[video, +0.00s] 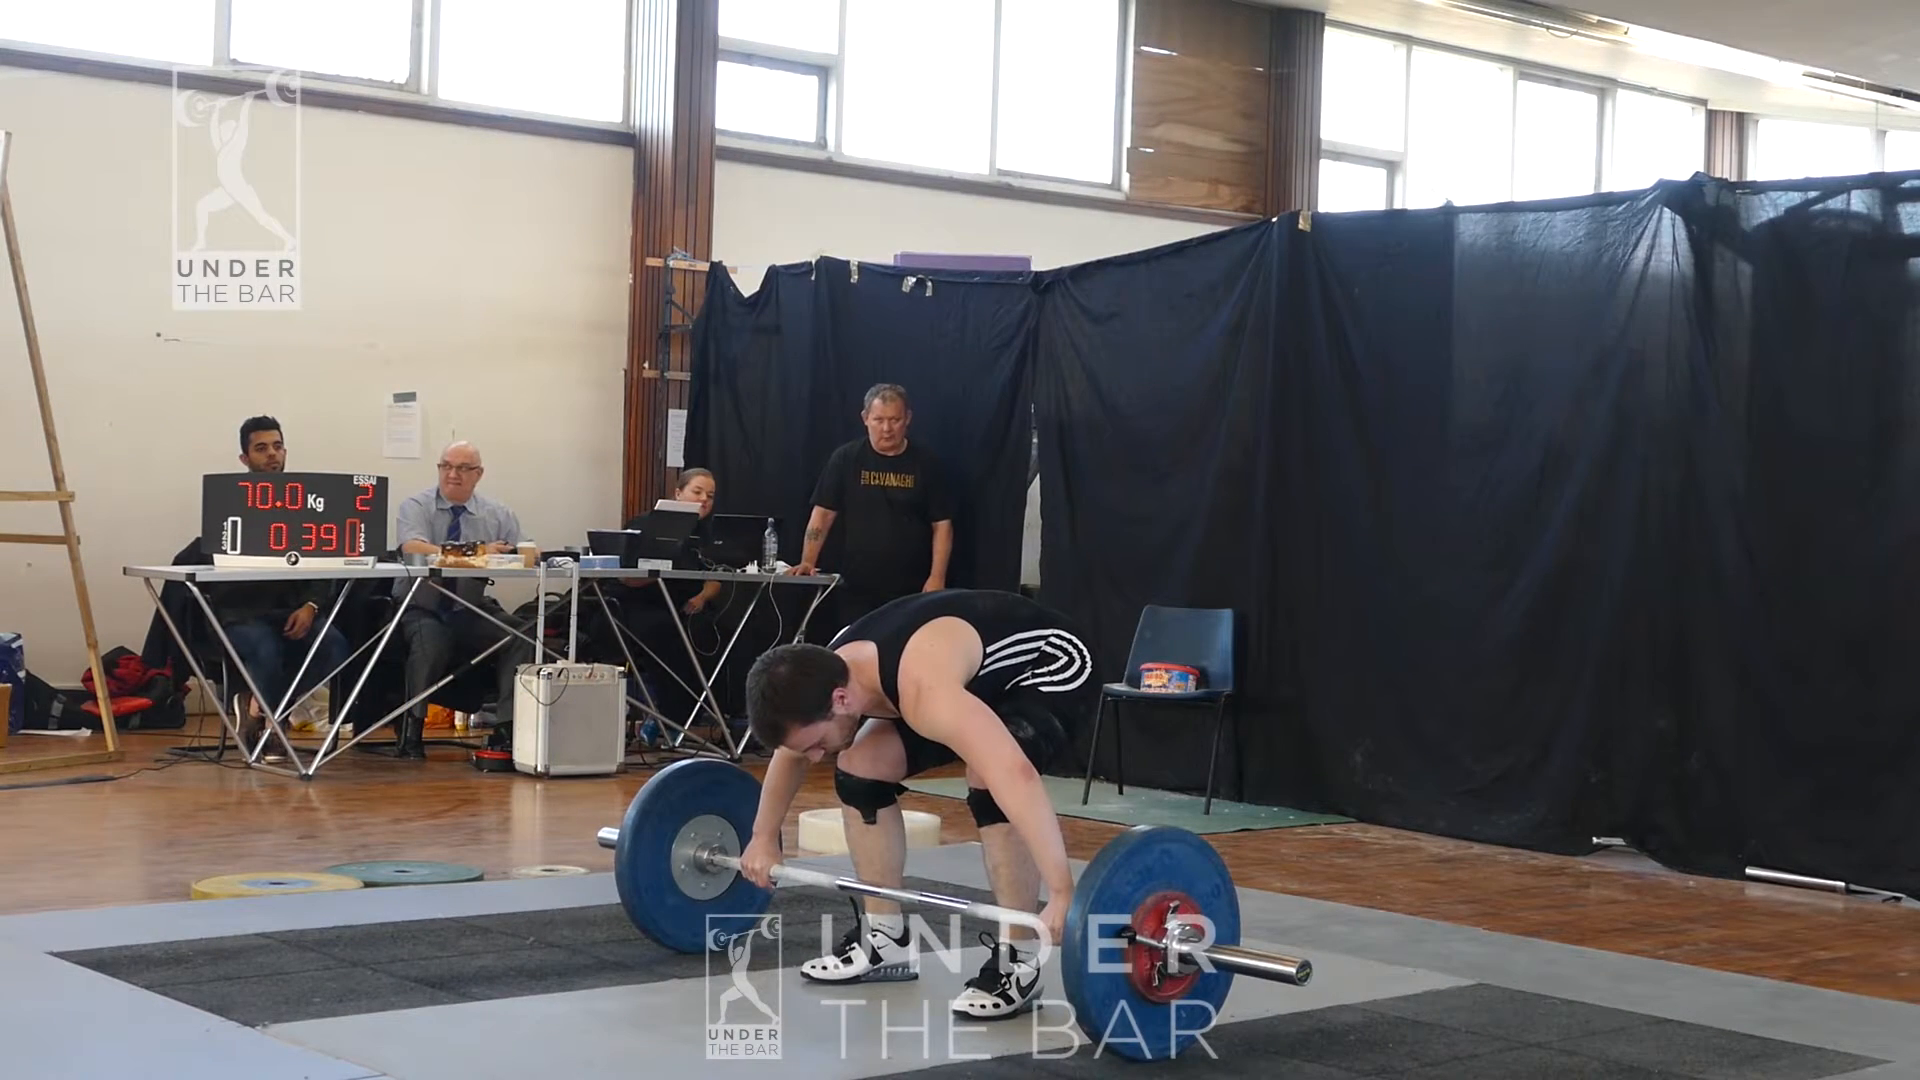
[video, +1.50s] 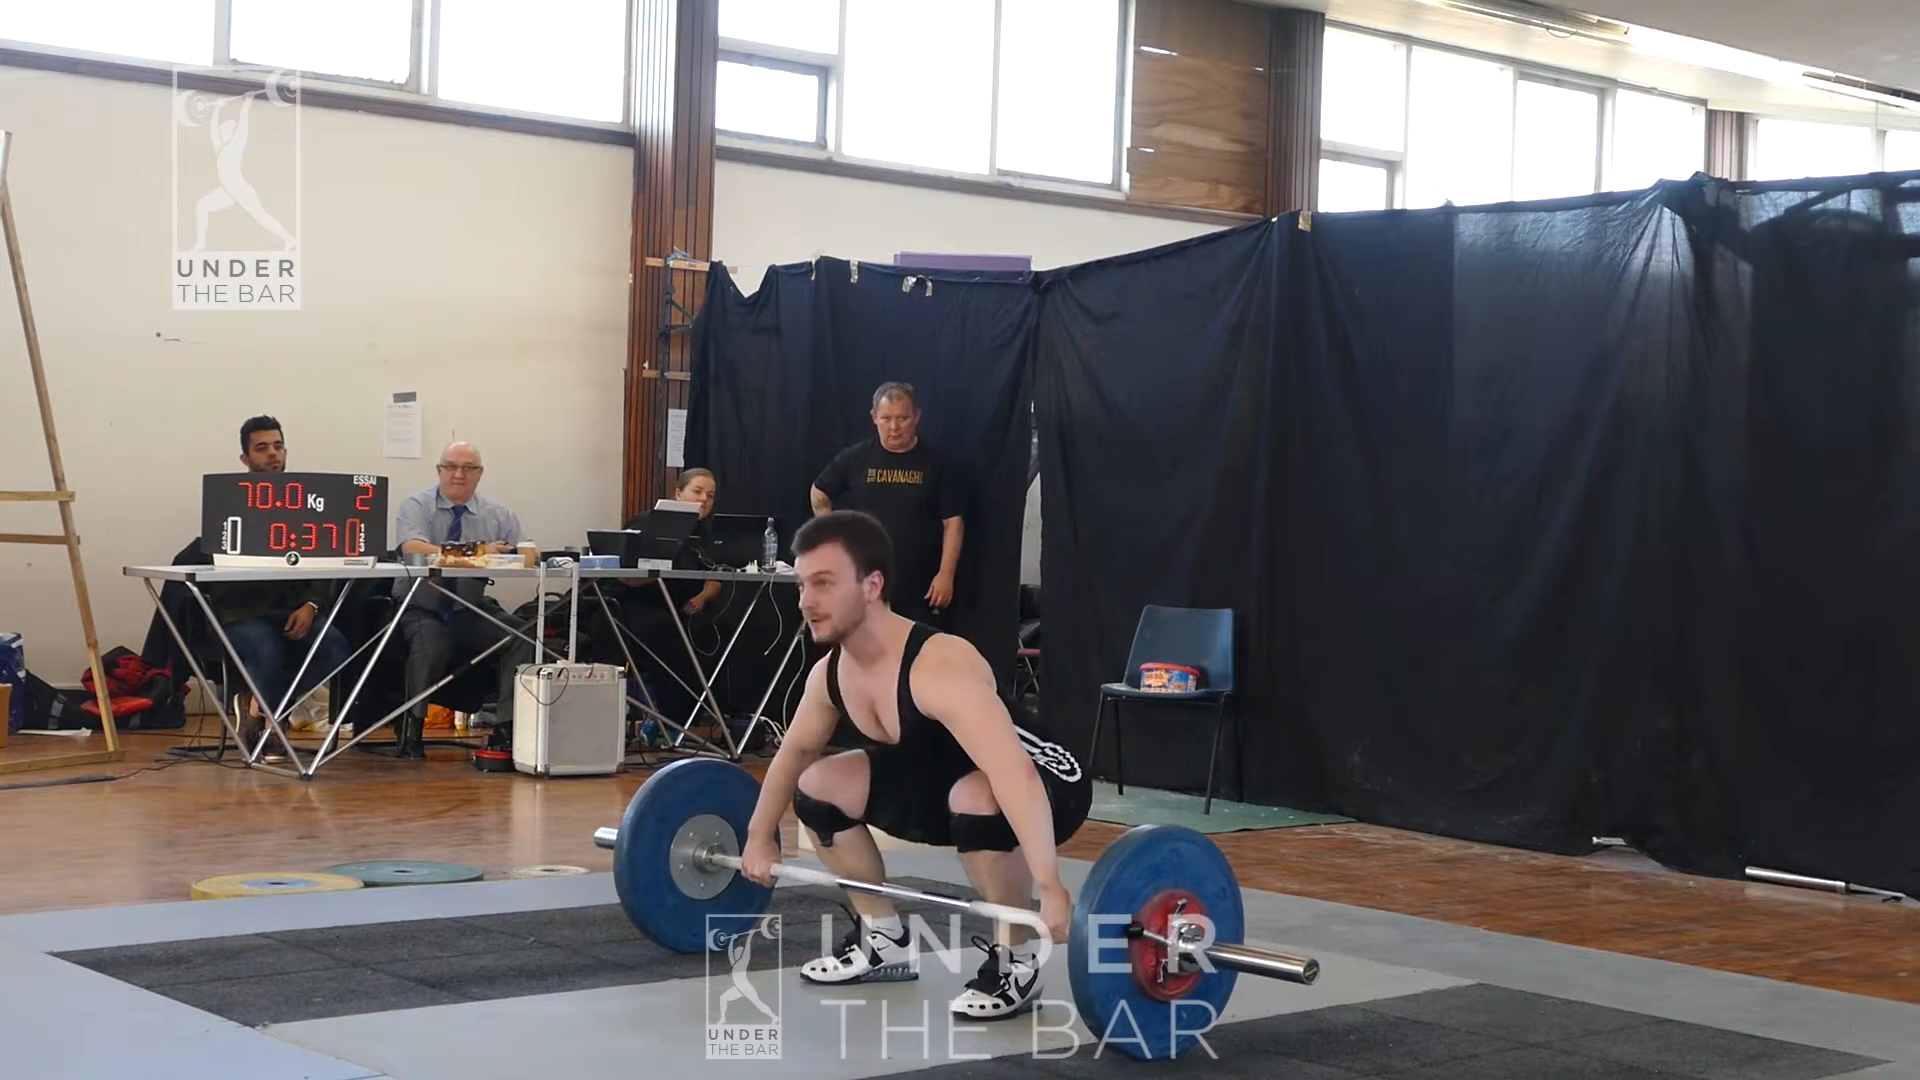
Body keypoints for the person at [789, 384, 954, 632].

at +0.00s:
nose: (886, 428)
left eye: (894, 420)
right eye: (879, 420)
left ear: (907, 419)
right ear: (865, 419)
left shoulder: (927, 464)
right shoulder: (846, 459)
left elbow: (942, 526)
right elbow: (823, 514)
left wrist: (937, 578)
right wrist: (807, 562)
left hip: (908, 588)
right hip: (856, 583)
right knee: (852, 665)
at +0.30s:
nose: (888, 428)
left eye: (896, 420)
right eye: (880, 420)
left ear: (909, 419)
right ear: (867, 418)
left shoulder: (928, 464)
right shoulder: (847, 460)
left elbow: (943, 525)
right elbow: (823, 514)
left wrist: (937, 577)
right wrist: (807, 562)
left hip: (908, 587)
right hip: (856, 582)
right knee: (854, 663)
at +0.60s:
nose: (892, 429)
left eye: (900, 421)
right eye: (884, 420)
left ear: (913, 419)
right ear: (871, 419)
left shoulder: (932, 464)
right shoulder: (851, 461)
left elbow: (948, 525)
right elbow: (824, 513)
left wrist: (939, 576)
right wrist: (808, 558)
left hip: (911, 587)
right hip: (858, 583)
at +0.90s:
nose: (894, 427)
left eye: (902, 419)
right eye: (886, 419)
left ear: (916, 417)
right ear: (873, 418)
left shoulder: (935, 463)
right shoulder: (852, 458)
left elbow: (953, 523)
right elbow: (815, 492)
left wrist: (947, 576)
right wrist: (825, 530)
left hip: (914, 587)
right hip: (860, 585)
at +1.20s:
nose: (894, 426)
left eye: (902, 418)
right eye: (887, 418)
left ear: (916, 417)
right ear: (874, 417)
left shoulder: (935, 462)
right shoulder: (853, 458)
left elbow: (953, 523)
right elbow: (819, 494)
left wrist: (946, 575)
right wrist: (831, 530)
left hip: (916, 588)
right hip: (862, 587)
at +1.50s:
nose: (894, 427)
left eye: (902, 418)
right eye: (886, 418)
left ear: (916, 417)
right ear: (874, 418)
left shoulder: (936, 463)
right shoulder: (855, 458)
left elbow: (954, 522)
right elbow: (819, 493)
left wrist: (946, 575)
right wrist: (836, 545)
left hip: (918, 582)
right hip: (862, 581)